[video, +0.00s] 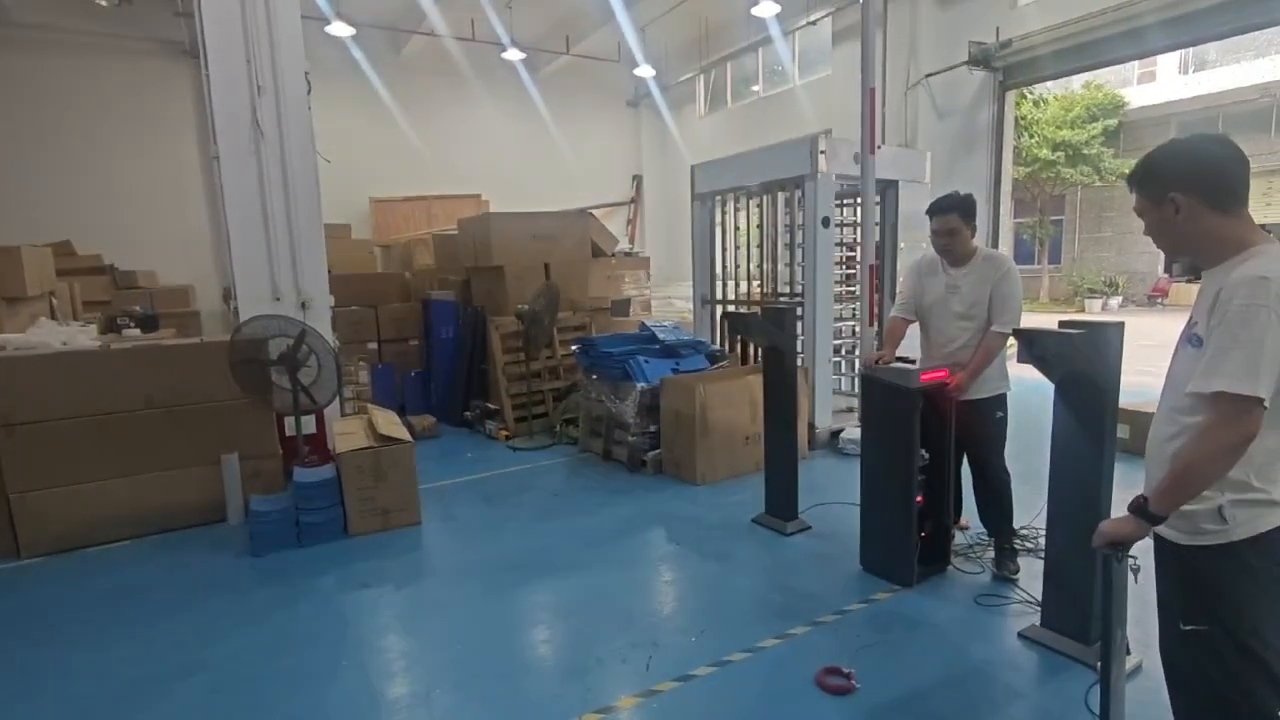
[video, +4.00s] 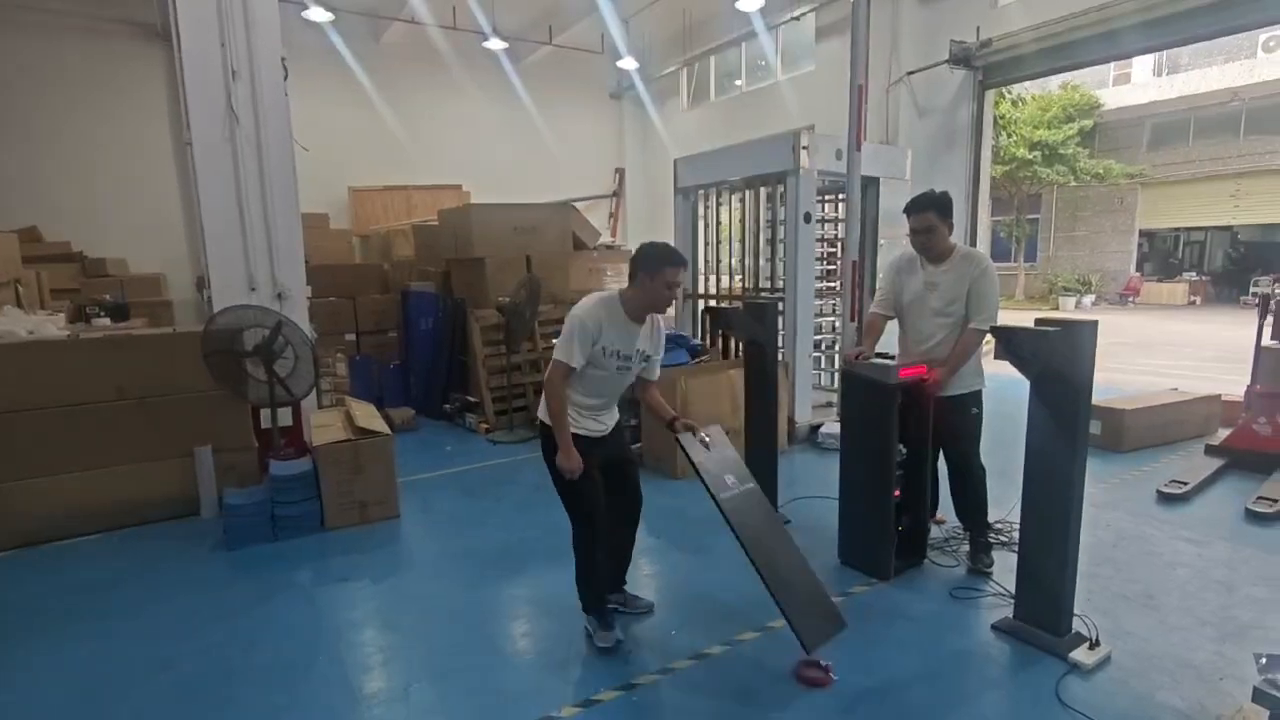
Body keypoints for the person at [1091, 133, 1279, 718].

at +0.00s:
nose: (1146, 232)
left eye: (1144, 217)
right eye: (1141, 219)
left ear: (1179, 205)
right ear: (1188, 202)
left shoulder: (1253, 287)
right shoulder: (1236, 277)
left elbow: (1235, 422)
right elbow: (1228, 412)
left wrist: (1144, 514)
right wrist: (1158, 500)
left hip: (1226, 545)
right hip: (1211, 538)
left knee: (1227, 704)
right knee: (1215, 699)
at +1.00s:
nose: (1012, 237)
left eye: (1011, 220)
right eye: (1010, 221)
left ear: (1030, 216)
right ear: (1093, 207)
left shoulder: (1042, 306)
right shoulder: (1153, 293)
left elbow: (992, 432)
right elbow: (1145, 411)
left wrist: (1001, 459)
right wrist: (1036, 448)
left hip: (1067, 569)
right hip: (1148, 556)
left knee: (1024, 703)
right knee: (1111, 674)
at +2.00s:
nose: (909, 286)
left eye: (916, 277)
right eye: (913, 273)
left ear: (878, 248)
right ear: (893, 253)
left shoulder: (809, 281)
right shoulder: (856, 303)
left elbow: (795, 375)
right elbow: (824, 402)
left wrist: (843, 435)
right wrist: (836, 489)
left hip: (753, 459)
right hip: (802, 477)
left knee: (742, 558)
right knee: (841, 609)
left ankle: (710, 644)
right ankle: (843, 710)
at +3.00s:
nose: (755, 472)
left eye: (763, 468)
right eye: (761, 464)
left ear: (748, 437)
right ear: (749, 440)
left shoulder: (708, 434)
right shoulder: (692, 422)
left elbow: (687, 504)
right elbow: (629, 482)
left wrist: (689, 563)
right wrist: (636, 546)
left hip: (609, 440)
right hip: (576, 437)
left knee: (631, 516)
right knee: (609, 541)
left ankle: (618, 592)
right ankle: (632, 636)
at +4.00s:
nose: (675, 297)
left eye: (678, 288)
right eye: (669, 287)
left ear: (653, 284)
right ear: (641, 279)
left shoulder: (654, 325)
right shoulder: (590, 313)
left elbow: (645, 386)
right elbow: (554, 379)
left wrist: (672, 419)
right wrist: (565, 446)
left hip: (607, 426)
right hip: (566, 429)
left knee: (628, 505)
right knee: (590, 516)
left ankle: (612, 589)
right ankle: (594, 610)